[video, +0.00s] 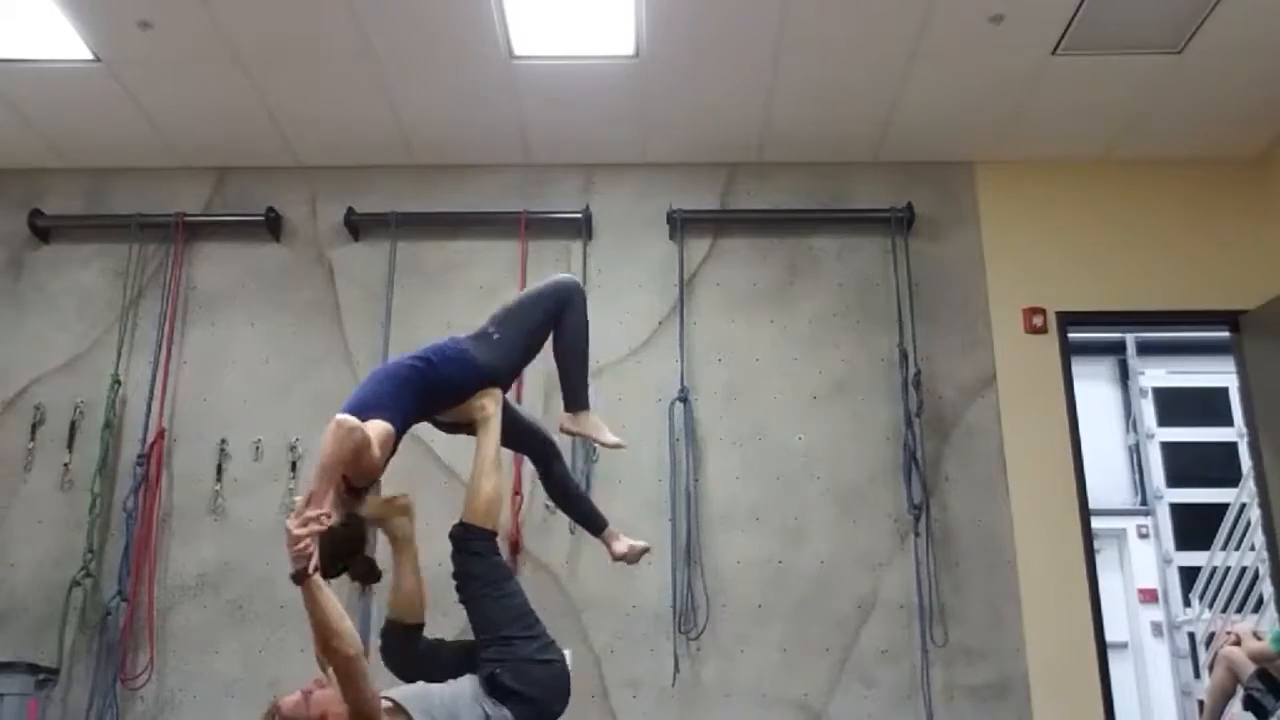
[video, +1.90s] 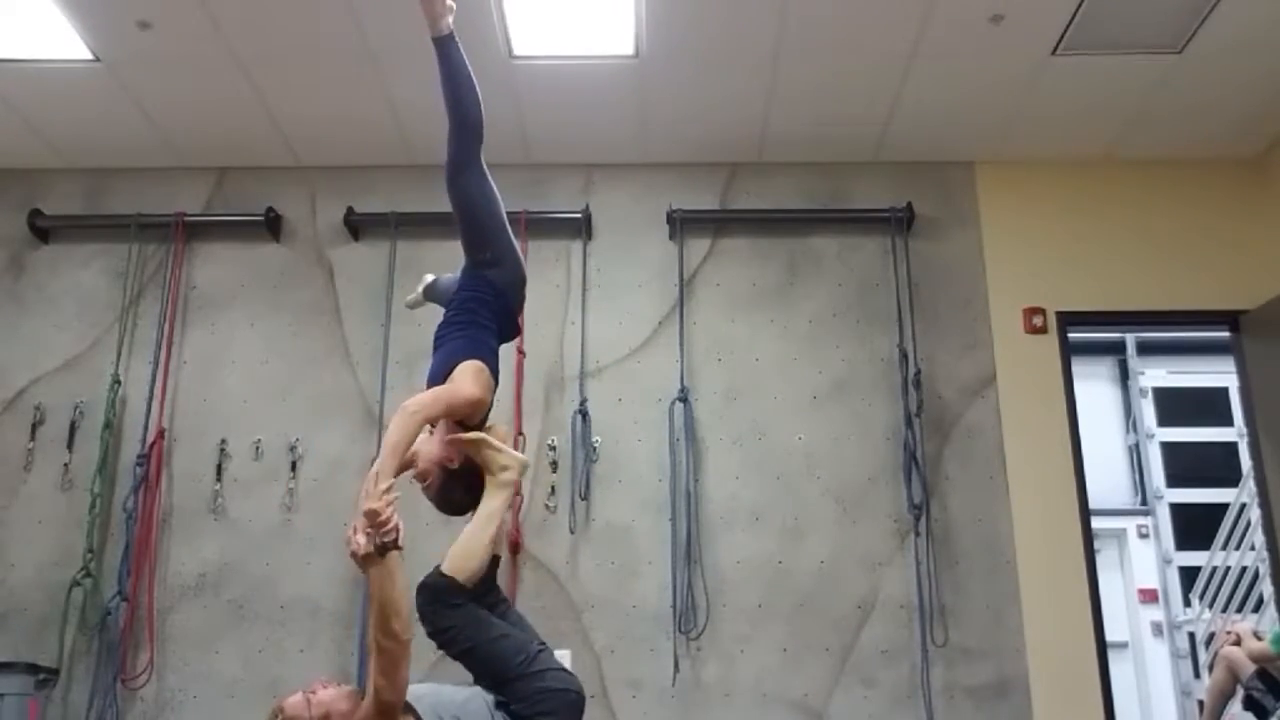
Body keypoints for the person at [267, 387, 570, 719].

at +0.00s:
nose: (316, 686)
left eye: (307, 689)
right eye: (310, 701)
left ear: (323, 691)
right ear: (324, 719)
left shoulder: (368, 705)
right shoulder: (370, 715)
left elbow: (332, 656)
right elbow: (347, 652)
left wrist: (306, 565)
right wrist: (306, 575)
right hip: (529, 691)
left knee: (401, 650)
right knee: (472, 545)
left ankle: (400, 531)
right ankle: (490, 415)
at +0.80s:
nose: (312, 693)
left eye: (305, 696)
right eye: (310, 707)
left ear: (322, 690)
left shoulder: (374, 704)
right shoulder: (379, 715)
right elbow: (351, 650)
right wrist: (311, 580)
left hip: (512, 682)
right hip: (540, 696)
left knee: (400, 664)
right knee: (524, 540)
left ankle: (434, 539)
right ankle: (540, 413)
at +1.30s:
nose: (319, 687)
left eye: (309, 692)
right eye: (313, 703)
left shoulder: (382, 703)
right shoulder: (380, 712)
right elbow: (374, 635)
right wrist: (353, 548)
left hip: (517, 688)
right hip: (547, 700)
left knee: (418, 635)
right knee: (519, 553)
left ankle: (465, 500)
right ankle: (521, 430)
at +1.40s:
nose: (320, 688)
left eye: (310, 693)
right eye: (314, 703)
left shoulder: (376, 702)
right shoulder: (381, 710)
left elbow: (370, 630)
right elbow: (377, 629)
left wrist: (350, 543)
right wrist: (356, 540)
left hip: (516, 689)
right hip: (549, 700)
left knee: (429, 628)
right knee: (522, 557)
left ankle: (468, 501)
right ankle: (528, 429)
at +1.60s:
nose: (317, 687)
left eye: (307, 691)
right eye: (310, 701)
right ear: (325, 718)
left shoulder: (378, 699)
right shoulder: (381, 709)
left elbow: (376, 634)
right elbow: (380, 633)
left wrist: (359, 561)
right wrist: (365, 556)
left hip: (515, 693)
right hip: (549, 699)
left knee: (452, 601)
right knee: (510, 558)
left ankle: (478, 474)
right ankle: (537, 438)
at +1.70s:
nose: (321, 685)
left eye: (307, 690)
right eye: (310, 700)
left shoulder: (377, 699)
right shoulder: (379, 712)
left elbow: (382, 636)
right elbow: (390, 635)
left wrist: (374, 556)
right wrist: (377, 556)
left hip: (518, 699)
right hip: (547, 706)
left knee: (477, 574)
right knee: (469, 576)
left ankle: (489, 495)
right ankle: (543, 467)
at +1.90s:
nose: (319, 687)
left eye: (307, 691)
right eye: (312, 702)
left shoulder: (385, 703)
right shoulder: (380, 712)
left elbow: (387, 640)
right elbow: (392, 639)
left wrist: (378, 554)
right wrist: (383, 556)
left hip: (520, 699)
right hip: (543, 705)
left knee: (473, 591)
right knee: (439, 598)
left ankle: (503, 477)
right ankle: (505, 480)